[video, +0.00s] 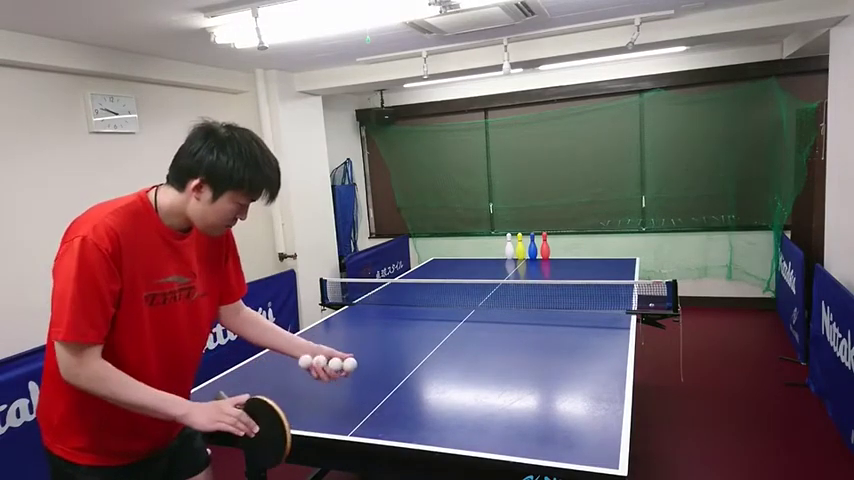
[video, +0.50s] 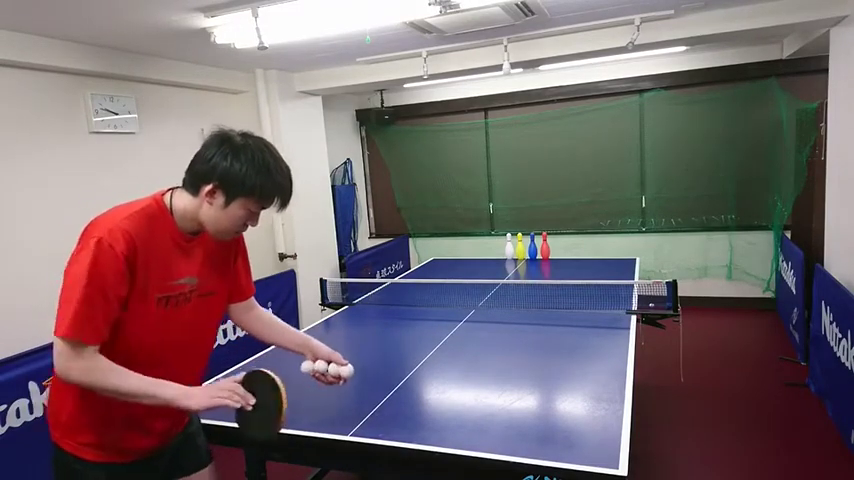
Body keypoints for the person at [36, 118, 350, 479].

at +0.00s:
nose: (242, 217)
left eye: (247, 206)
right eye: (239, 204)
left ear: (200, 191)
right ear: (198, 188)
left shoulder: (212, 230)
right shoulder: (96, 239)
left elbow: (234, 312)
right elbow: (77, 364)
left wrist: (306, 350)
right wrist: (187, 409)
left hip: (169, 436)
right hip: (94, 455)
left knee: (199, 470)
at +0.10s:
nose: (238, 218)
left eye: (243, 207)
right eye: (235, 205)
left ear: (195, 190)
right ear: (194, 188)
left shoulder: (208, 230)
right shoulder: (92, 241)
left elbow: (232, 310)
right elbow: (86, 367)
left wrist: (306, 353)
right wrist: (202, 402)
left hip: (168, 435)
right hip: (93, 456)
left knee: (198, 470)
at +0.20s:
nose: (235, 219)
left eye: (240, 208)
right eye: (232, 206)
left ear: (192, 192)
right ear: (190, 189)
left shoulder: (206, 229)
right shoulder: (91, 242)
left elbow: (231, 312)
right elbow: (99, 368)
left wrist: (302, 356)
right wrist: (217, 395)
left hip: (167, 433)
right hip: (92, 455)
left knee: (194, 470)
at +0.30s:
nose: (236, 221)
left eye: (240, 211)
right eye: (232, 209)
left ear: (193, 193)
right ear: (191, 191)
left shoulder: (207, 230)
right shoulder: (93, 244)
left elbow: (231, 312)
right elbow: (101, 369)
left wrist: (302, 360)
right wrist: (219, 394)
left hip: (167, 432)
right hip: (92, 454)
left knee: (195, 471)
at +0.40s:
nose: (242, 223)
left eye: (247, 213)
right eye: (239, 211)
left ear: (199, 195)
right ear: (198, 193)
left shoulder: (214, 234)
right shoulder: (98, 243)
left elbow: (236, 311)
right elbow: (86, 368)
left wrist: (305, 356)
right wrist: (202, 398)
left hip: (170, 433)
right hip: (93, 453)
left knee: (199, 470)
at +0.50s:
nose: (254, 223)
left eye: (259, 213)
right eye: (251, 212)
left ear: (211, 196)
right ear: (211, 194)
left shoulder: (223, 235)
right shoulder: (112, 239)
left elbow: (244, 309)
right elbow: (71, 361)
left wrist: (310, 347)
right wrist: (185, 394)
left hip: (174, 431)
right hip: (96, 447)